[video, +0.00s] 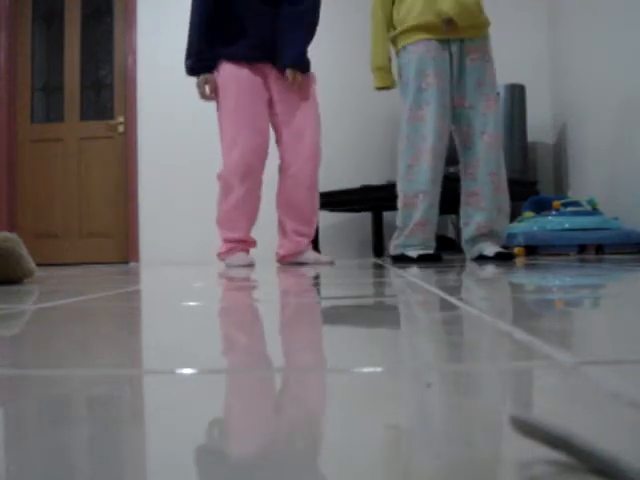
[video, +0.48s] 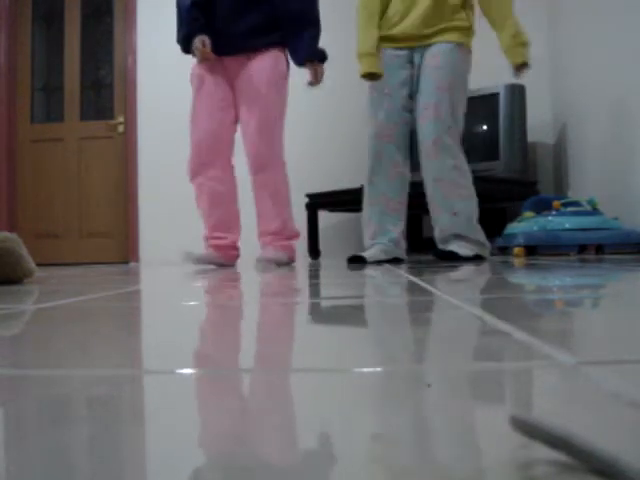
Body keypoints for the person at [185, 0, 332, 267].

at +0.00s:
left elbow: (308, 4)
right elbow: (203, 7)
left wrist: (295, 52)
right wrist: (203, 64)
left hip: (290, 60)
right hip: (236, 59)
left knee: (303, 158)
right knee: (243, 158)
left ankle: (295, 247)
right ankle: (235, 248)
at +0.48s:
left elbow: (300, 4)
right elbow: (186, 3)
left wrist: (308, 48)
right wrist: (193, 33)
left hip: (263, 54)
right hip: (210, 57)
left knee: (264, 156)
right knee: (207, 159)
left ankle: (278, 246)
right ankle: (221, 248)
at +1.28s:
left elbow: (311, 6)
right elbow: (198, 3)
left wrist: (314, 57)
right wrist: (209, 34)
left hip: (281, 57)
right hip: (226, 58)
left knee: (275, 158)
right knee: (222, 159)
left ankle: (277, 247)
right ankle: (221, 248)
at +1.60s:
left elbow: (308, 5)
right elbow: (203, 4)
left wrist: (310, 59)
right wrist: (217, 33)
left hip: (280, 54)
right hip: (224, 55)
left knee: (274, 158)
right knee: (223, 159)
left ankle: (276, 247)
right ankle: (222, 248)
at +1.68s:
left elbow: (309, 5)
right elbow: (203, 3)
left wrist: (311, 58)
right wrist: (216, 31)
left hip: (281, 55)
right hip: (225, 56)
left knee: (274, 158)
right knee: (223, 159)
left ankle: (276, 246)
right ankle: (222, 246)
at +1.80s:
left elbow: (315, 7)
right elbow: (199, 4)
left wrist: (324, 62)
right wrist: (198, 43)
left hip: (284, 60)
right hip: (229, 60)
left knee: (280, 158)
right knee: (232, 158)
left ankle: (282, 242)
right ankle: (222, 245)